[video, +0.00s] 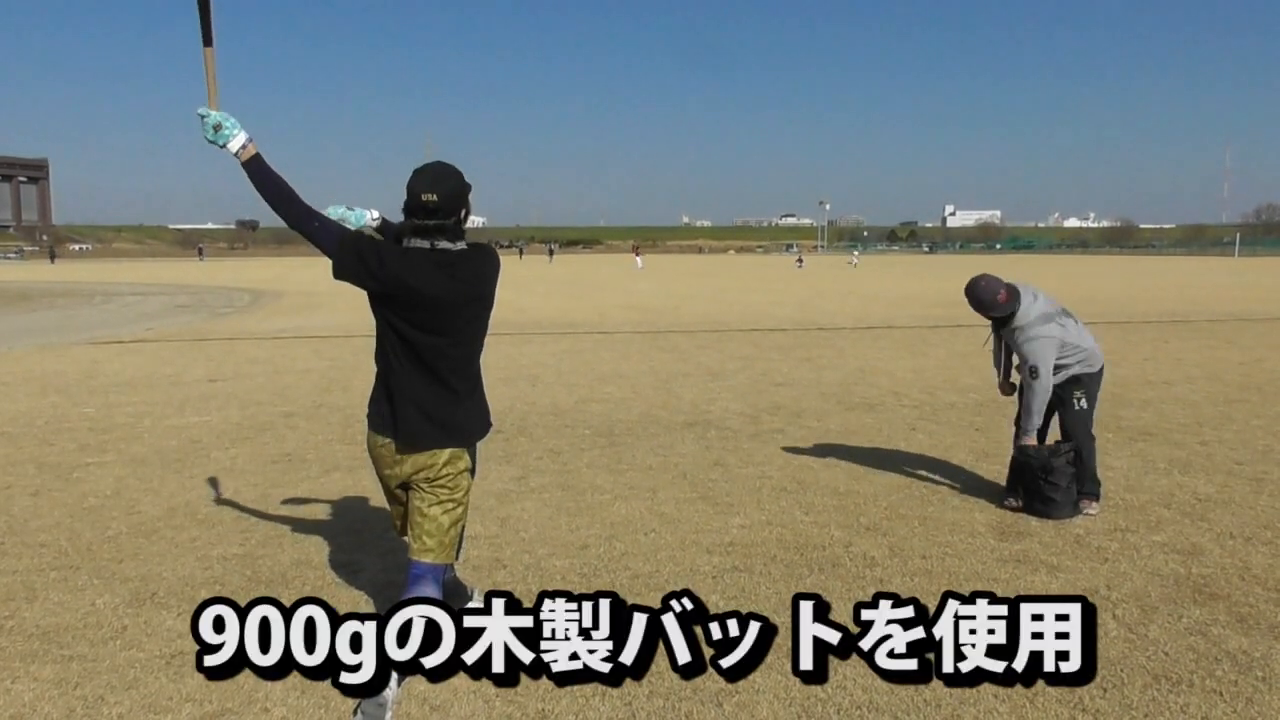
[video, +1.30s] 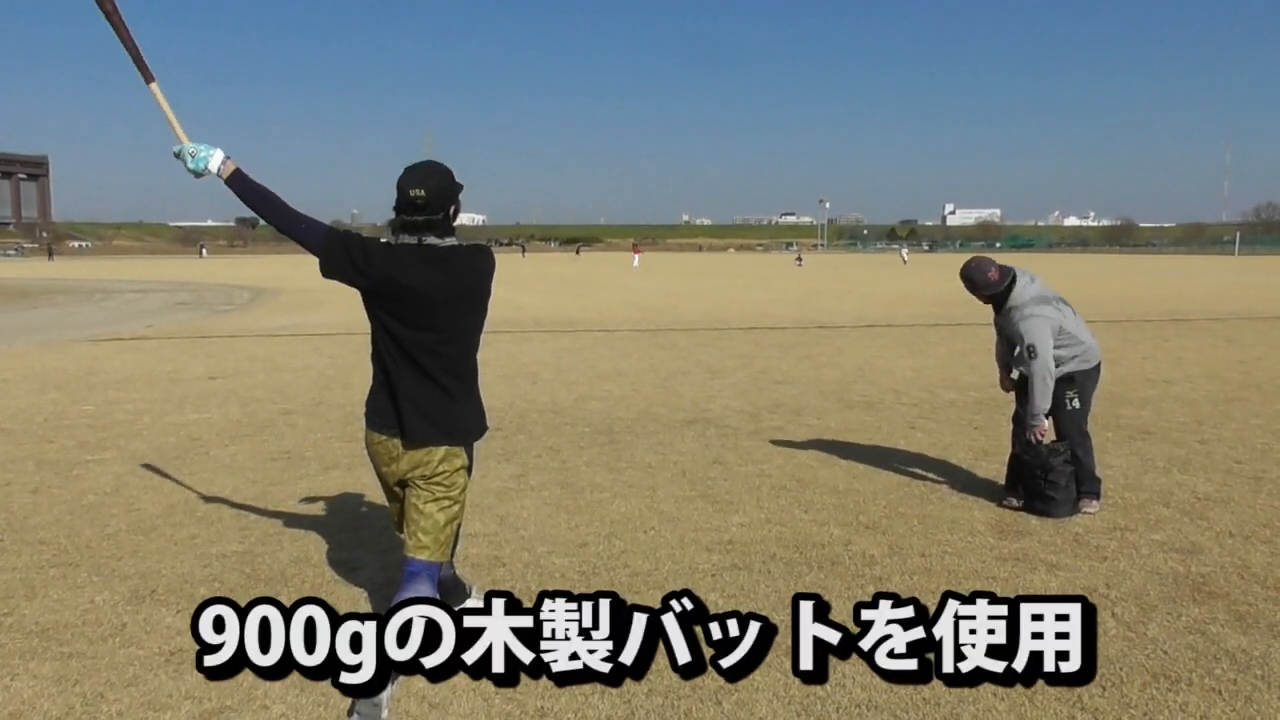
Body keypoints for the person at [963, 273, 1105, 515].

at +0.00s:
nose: (1007, 312)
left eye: (1007, 306)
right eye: (999, 311)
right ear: (986, 313)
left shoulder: (1033, 335)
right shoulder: (1003, 309)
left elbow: (1038, 386)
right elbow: (1001, 340)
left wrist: (1030, 433)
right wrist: (1003, 377)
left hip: (1080, 368)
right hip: (1040, 368)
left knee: (1076, 432)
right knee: (1027, 430)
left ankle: (1088, 495)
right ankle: (1018, 490)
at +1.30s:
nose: (978, 297)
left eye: (977, 293)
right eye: (976, 293)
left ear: (983, 294)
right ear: (997, 275)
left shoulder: (1029, 315)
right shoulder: (1006, 297)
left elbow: (1042, 370)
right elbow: (1004, 337)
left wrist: (1037, 416)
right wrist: (1005, 371)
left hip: (1076, 363)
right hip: (1038, 361)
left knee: (1069, 425)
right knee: (1023, 423)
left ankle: (1088, 492)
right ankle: (1017, 489)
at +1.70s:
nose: (999, 248)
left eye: (1000, 242)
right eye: (999, 242)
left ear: (1004, 244)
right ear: (1029, 231)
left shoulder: (1034, 270)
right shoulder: (1032, 259)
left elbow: (1044, 321)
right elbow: (1018, 311)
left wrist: (1041, 366)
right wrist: (1008, 345)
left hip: (1067, 358)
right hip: (1037, 356)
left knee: (1067, 427)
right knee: (1022, 422)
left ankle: (1086, 490)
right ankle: (1015, 485)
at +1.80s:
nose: (1004, 242)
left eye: (1004, 236)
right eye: (1004, 236)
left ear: (1009, 237)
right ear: (1036, 226)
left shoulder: (1037, 268)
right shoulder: (1035, 259)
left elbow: (1041, 323)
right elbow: (1019, 309)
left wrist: (1040, 366)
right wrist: (1009, 342)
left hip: (1066, 358)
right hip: (1039, 355)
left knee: (1068, 427)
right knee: (1021, 421)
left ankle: (1086, 490)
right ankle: (1015, 484)